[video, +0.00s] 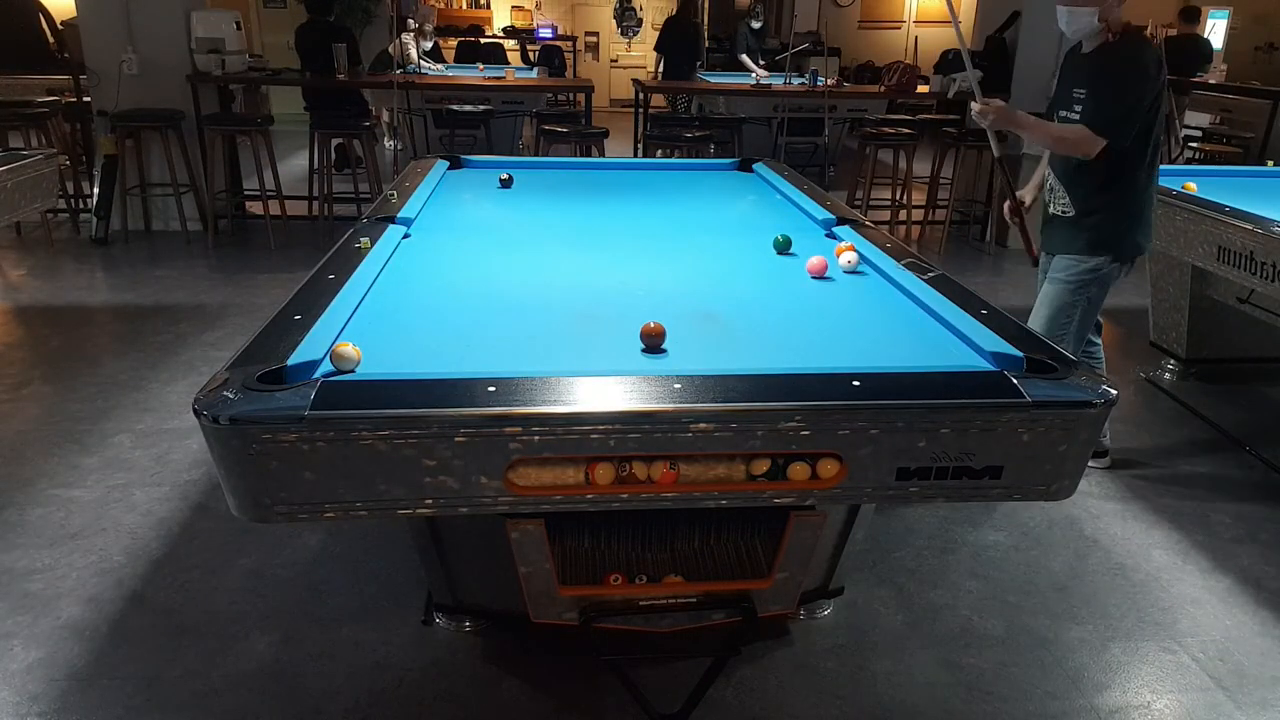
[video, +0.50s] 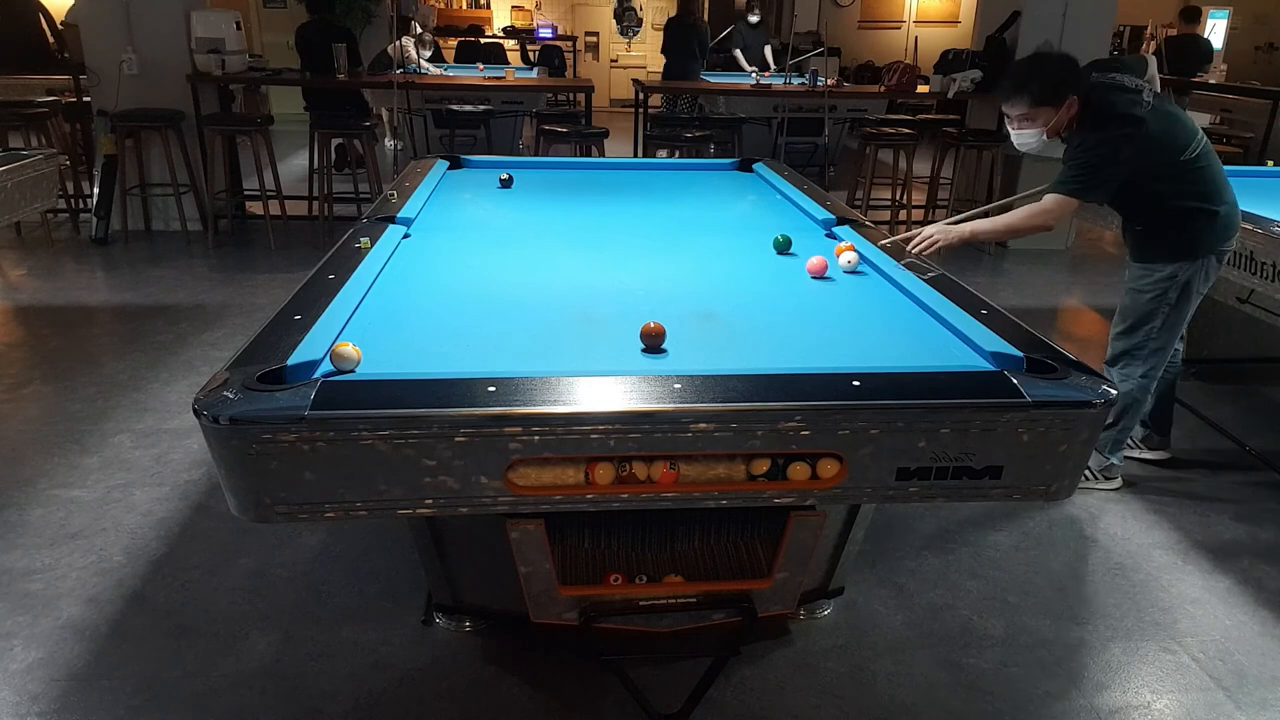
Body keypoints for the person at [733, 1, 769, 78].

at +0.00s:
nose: (757, 25)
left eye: (759, 22)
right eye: (754, 22)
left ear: (763, 19)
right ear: (749, 18)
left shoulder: (761, 27)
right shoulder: (742, 29)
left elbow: (757, 46)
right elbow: (741, 55)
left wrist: (759, 60)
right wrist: (757, 70)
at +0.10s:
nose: (753, 14)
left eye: (756, 12)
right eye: (751, 11)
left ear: (760, 14)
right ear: (746, 12)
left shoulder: (759, 28)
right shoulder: (741, 27)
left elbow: (760, 47)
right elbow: (743, 52)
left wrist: (761, 62)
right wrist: (758, 70)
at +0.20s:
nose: (749, 14)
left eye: (753, 11)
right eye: (747, 11)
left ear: (758, 14)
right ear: (744, 12)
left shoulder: (760, 30)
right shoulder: (739, 29)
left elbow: (765, 48)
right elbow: (741, 52)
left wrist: (771, 65)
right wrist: (755, 69)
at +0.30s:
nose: (748, 14)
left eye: (751, 11)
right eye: (746, 10)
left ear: (757, 14)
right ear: (743, 12)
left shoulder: (761, 27)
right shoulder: (739, 28)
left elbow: (766, 47)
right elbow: (740, 51)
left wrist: (772, 66)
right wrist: (754, 69)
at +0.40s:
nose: (749, 14)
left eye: (752, 11)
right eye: (747, 11)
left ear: (758, 14)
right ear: (743, 12)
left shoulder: (761, 28)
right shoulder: (739, 28)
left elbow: (766, 47)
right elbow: (741, 51)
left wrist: (772, 66)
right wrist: (753, 69)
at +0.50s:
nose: (755, 19)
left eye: (757, 16)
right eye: (752, 16)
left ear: (760, 15)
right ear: (746, 14)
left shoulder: (762, 27)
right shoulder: (739, 27)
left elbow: (767, 46)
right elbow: (735, 50)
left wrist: (772, 66)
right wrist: (748, 68)